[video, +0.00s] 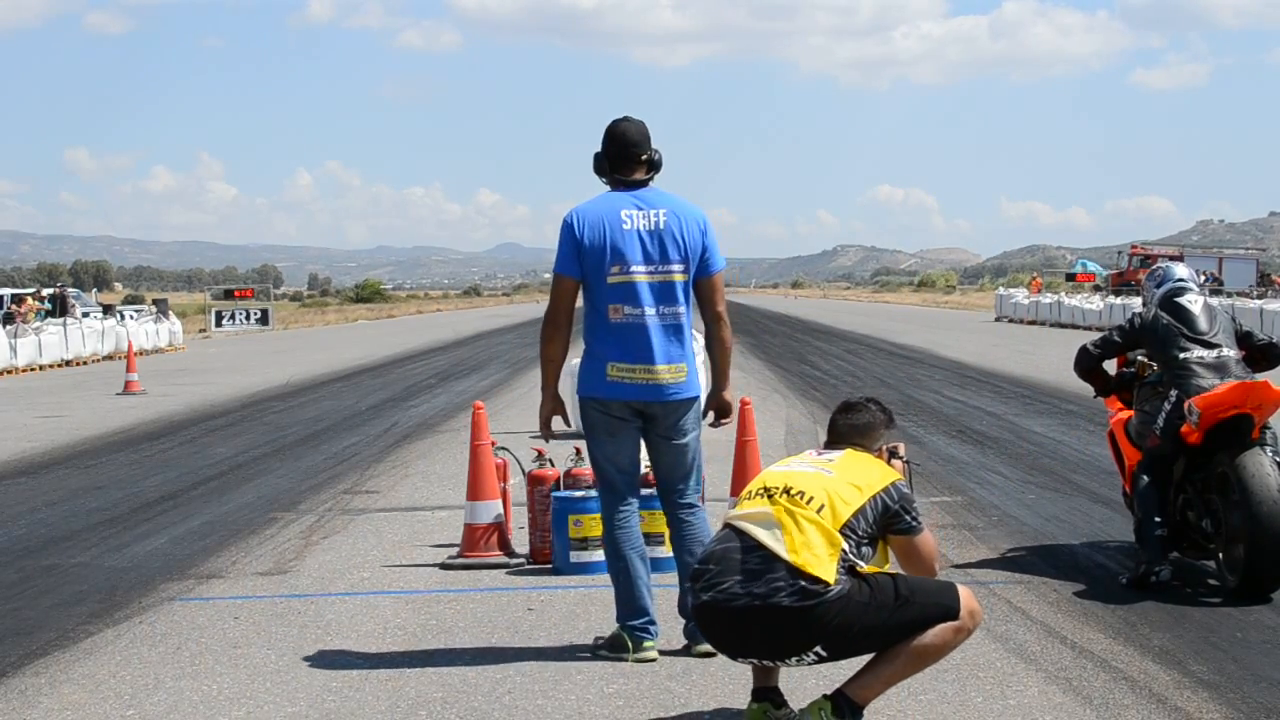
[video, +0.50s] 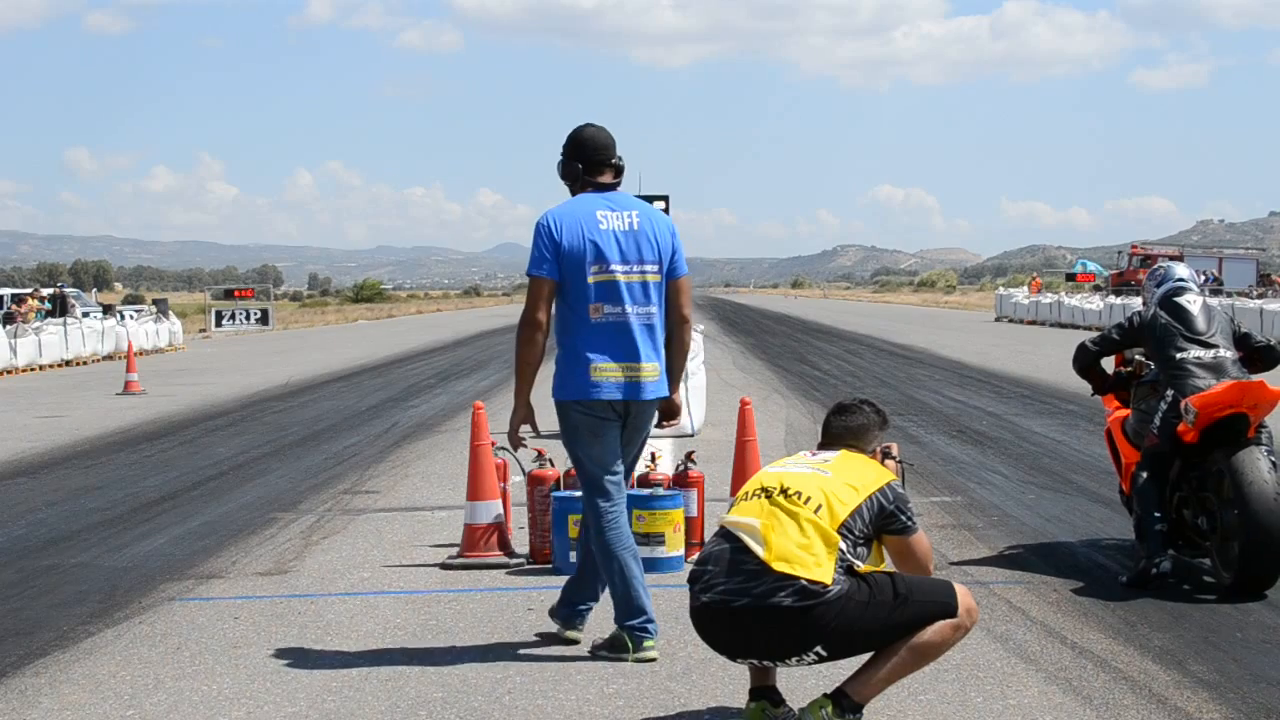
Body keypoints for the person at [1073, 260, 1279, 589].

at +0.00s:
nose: (1144, 297)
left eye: (1146, 292)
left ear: (1155, 289)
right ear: (1193, 284)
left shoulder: (1148, 320)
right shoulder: (1223, 314)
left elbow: (1086, 357)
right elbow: (1269, 349)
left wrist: (1108, 385)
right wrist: (1241, 368)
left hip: (1190, 391)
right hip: (1239, 385)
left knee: (1148, 470)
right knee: (1265, 439)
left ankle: (1154, 561)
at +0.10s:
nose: (1145, 298)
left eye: (1147, 292)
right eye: (1145, 292)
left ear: (1155, 289)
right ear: (1193, 284)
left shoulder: (1148, 319)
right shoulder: (1223, 314)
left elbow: (1086, 357)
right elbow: (1268, 349)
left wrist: (1108, 385)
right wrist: (1240, 368)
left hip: (1190, 391)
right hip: (1239, 385)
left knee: (1148, 470)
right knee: (1265, 440)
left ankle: (1154, 561)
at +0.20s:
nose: (1145, 297)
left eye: (1147, 291)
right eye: (1145, 292)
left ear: (1156, 289)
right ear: (1194, 284)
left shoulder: (1148, 319)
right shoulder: (1223, 314)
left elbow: (1086, 356)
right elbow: (1270, 350)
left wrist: (1107, 385)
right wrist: (1241, 366)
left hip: (1190, 391)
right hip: (1239, 384)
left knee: (1149, 469)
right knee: (1264, 436)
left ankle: (1153, 559)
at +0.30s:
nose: (1145, 297)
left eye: (1147, 291)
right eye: (1145, 292)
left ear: (1156, 288)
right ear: (1194, 284)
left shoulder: (1148, 319)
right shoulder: (1223, 315)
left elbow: (1087, 356)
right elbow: (1270, 350)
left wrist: (1106, 384)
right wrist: (1239, 367)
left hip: (1189, 391)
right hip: (1239, 385)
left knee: (1149, 468)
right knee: (1264, 436)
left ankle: (1153, 556)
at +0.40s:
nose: (1145, 297)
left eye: (1147, 291)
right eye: (1146, 292)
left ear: (1156, 289)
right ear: (1194, 285)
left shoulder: (1149, 318)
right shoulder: (1223, 314)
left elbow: (1086, 354)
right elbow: (1269, 351)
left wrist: (1105, 383)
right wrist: (1236, 367)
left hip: (1188, 391)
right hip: (1237, 386)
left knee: (1148, 470)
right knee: (1263, 434)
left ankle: (1154, 556)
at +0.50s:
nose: (1144, 297)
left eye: (1146, 291)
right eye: (1145, 292)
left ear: (1155, 288)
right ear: (1193, 285)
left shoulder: (1148, 318)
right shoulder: (1222, 314)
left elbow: (1085, 354)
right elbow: (1269, 351)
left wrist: (1104, 383)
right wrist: (1235, 367)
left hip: (1186, 391)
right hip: (1235, 385)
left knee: (1148, 469)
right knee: (1262, 433)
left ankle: (1153, 555)